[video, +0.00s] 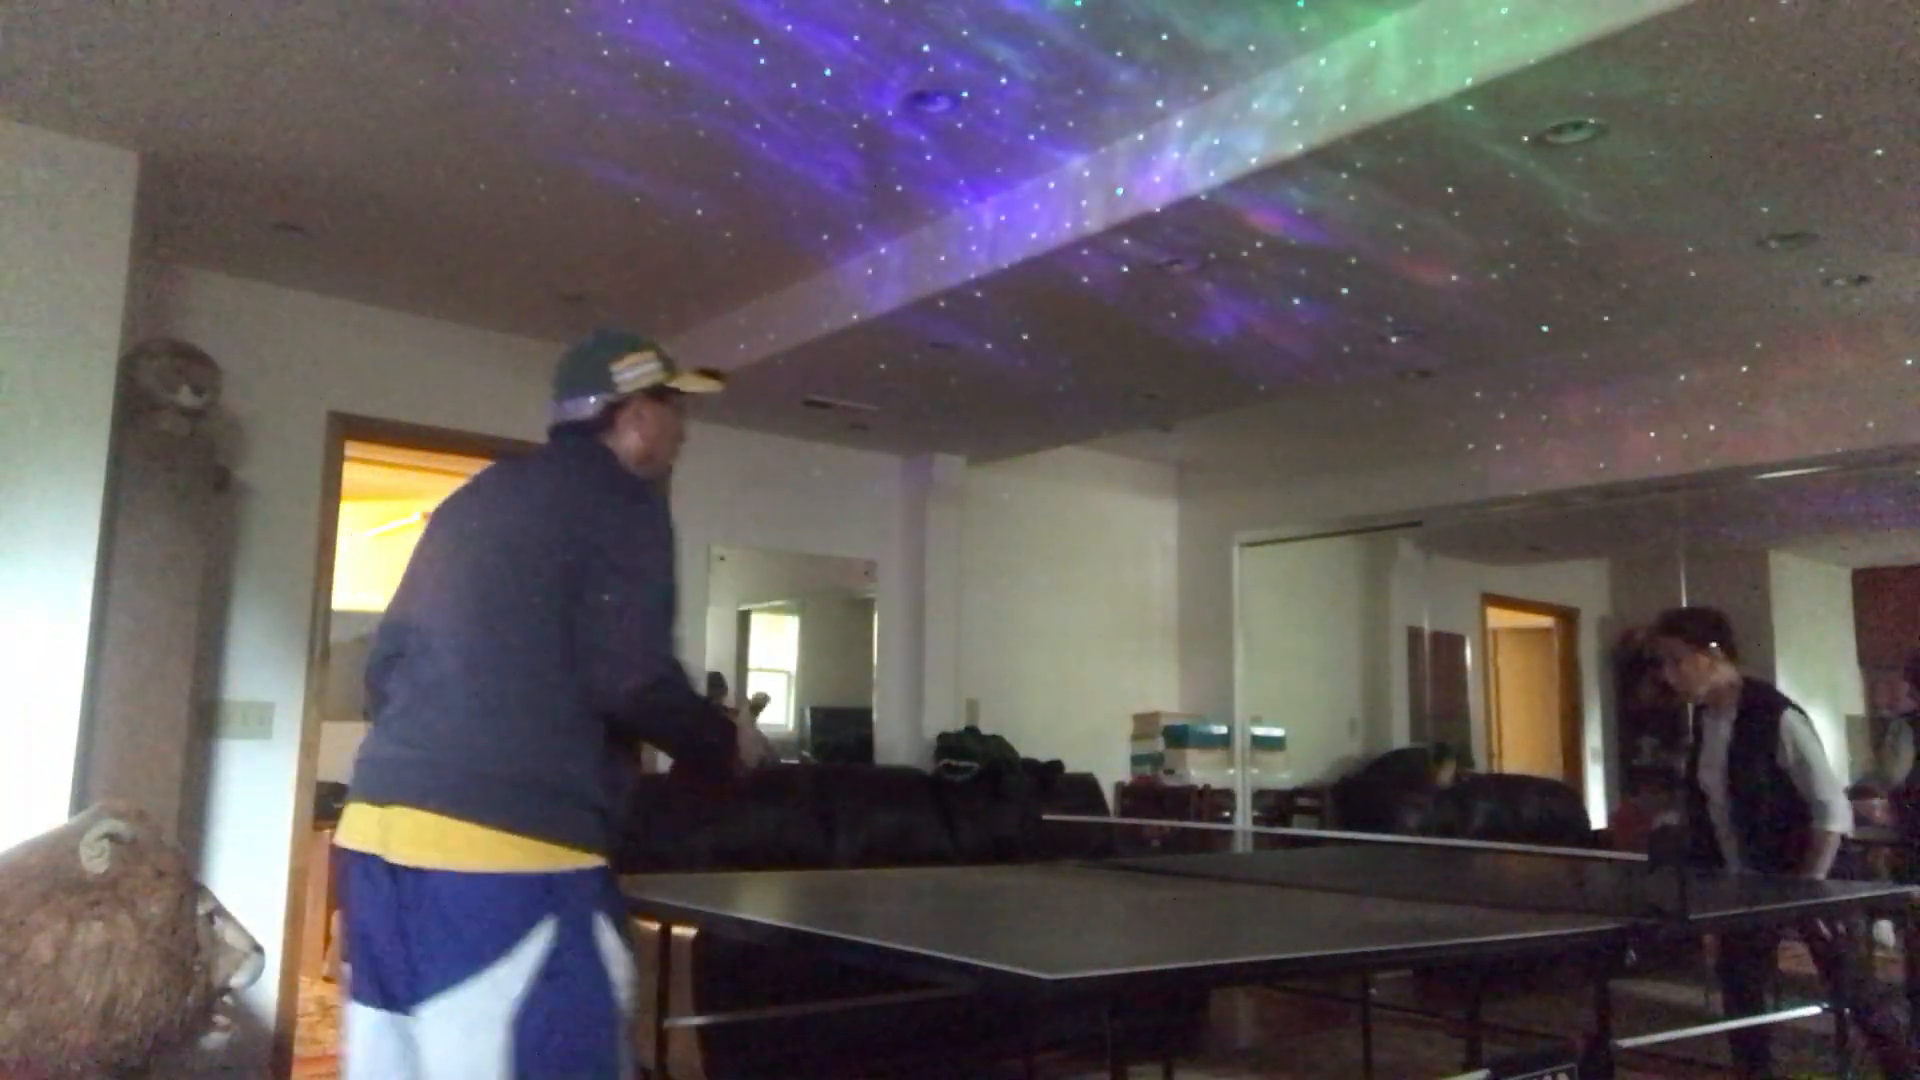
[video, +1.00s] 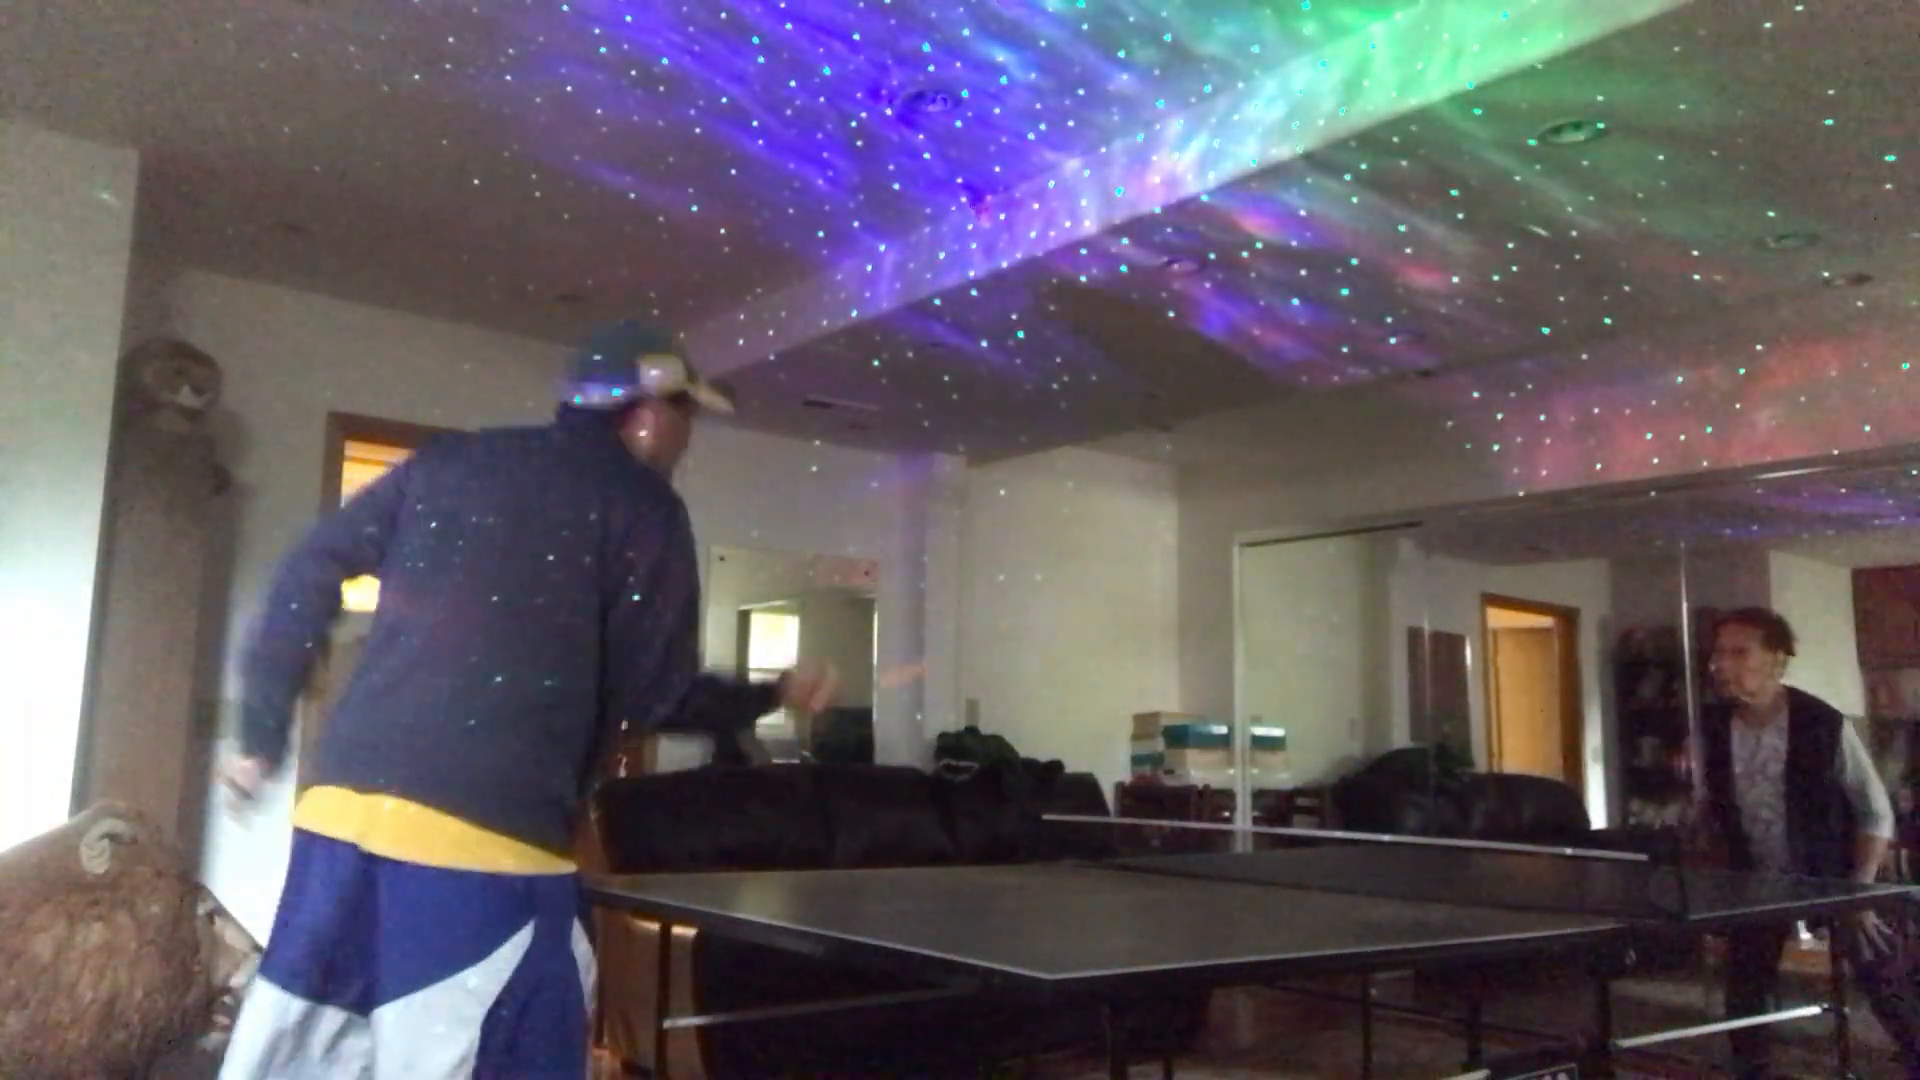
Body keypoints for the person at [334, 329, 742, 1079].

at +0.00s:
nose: (681, 427)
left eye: (678, 408)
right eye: (672, 408)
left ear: (572, 416)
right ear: (632, 416)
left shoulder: (472, 495)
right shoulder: (624, 502)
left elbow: (386, 664)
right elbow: (626, 678)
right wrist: (720, 740)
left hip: (376, 843)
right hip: (511, 855)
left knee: (387, 1066)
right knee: (550, 1064)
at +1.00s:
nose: (687, 437)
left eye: (690, 416)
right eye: (682, 413)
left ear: (577, 400)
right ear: (642, 410)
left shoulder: (450, 458)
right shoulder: (641, 502)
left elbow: (312, 562)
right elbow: (653, 693)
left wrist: (256, 730)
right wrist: (773, 696)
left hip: (340, 804)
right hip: (488, 830)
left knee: (292, 1051)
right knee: (492, 1059)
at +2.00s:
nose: (601, 399)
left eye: (600, 378)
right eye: (592, 376)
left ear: (524, 376)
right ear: (539, 374)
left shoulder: (409, 471)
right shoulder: (508, 477)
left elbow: (343, 642)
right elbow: (517, 670)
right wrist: (677, 695)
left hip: (355, 841)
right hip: (453, 853)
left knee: (363, 1061)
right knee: (472, 1061)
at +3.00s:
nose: (746, 478)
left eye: (746, 462)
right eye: (737, 460)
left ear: (658, 457)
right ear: (695, 463)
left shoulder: (529, 507)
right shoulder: (703, 552)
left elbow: (411, 621)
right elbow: (809, 661)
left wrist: (407, 764)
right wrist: (894, 574)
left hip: (408, 814)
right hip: (545, 834)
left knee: (397, 1059)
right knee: (604, 1061)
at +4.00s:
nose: (684, 427)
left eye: (684, 404)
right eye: (674, 400)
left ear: (606, 400)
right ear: (615, 399)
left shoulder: (520, 477)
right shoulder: (540, 474)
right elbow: (458, 642)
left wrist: (638, 789)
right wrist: (616, 741)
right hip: (443, 842)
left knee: (349, 1061)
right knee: (469, 1060)